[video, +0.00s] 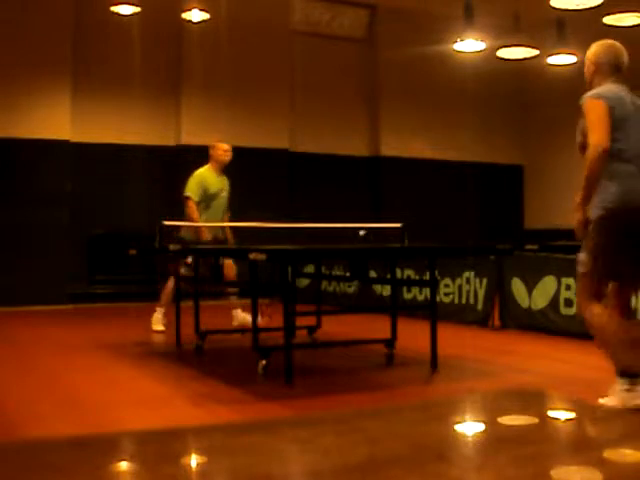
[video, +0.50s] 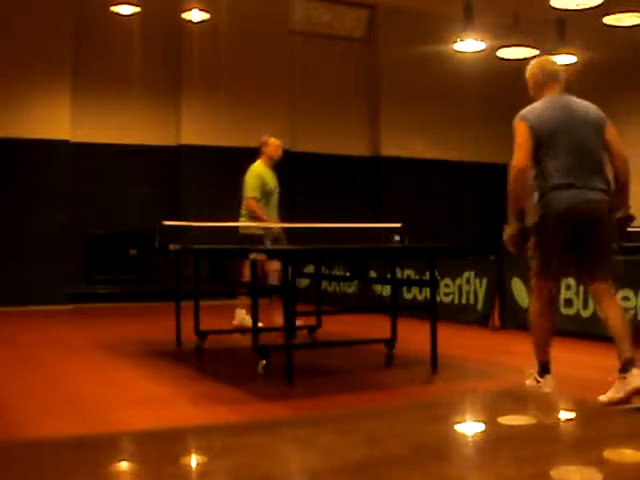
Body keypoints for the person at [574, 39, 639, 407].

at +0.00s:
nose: (584, 70)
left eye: (586, 65)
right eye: (586, 65)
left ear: (593, 67)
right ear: (620, 68)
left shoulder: (597, 98)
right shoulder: (632, 99)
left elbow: (600, 146)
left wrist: (582, 200)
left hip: (613, 209)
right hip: (635, 208)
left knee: (589, 297)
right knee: (620, 297)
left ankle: (630, 378)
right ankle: (628, 381)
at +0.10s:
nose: (575, 70)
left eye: (577, 64)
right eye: (577, 64)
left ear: (586, 67)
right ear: (612, 68)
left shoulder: (584, 99)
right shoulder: (630, 103)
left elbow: (586, 148)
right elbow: (631, 156)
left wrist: (574, 203)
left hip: (600, 209)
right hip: (633, 209)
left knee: (574, 294)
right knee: (624, 297)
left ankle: (591, 376)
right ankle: (634, 383)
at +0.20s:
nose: (566, 74)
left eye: (567, 69)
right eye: (567, 68)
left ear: (574, 71)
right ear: (601, 71)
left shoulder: (571, 104)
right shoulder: (627, 108)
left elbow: (569, 153)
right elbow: (632, 158)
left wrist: (561, 208)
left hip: (592, 208)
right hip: (631, 209)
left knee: (568, 291)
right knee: (625, 295)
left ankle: (558, 375)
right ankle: (634, 383)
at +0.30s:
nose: (552, 80)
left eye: (554, 74)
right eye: (553, 74)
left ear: (560, 76)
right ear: (589, 76)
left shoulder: (557, 111)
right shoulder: (617, 112)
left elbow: (551, 162)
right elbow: (635, 160)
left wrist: (544, 216)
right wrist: (628, 201)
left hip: (577, 211)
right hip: (620, 210)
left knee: (559, 292)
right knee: (623, 294)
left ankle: (544, 371)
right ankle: (636, 383)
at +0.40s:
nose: (540, 87)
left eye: (541, 81)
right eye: (541, 81)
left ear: (549, 82)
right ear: (573, 81)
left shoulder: (542, 116)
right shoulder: (605, 115)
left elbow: (535, 168)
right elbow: (627, 168)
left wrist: (529, 220)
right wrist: (622, 209)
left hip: (565, 214)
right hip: (607, 214)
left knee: (547, 293)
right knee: (611, 293)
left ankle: (543, 373)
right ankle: (632, 380)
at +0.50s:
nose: (528, 91)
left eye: (528, 86)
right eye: (530, 86)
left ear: (533, 85)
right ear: (561, 81)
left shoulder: (528, 116)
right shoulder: (593, 111)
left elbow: (520, 167)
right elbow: (621, 161)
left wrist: (514, 219)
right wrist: (622, 204)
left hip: (554, 210)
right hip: (597, 208)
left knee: (543, 291)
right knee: (602, 286)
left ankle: (542, 373)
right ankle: (628, 367)